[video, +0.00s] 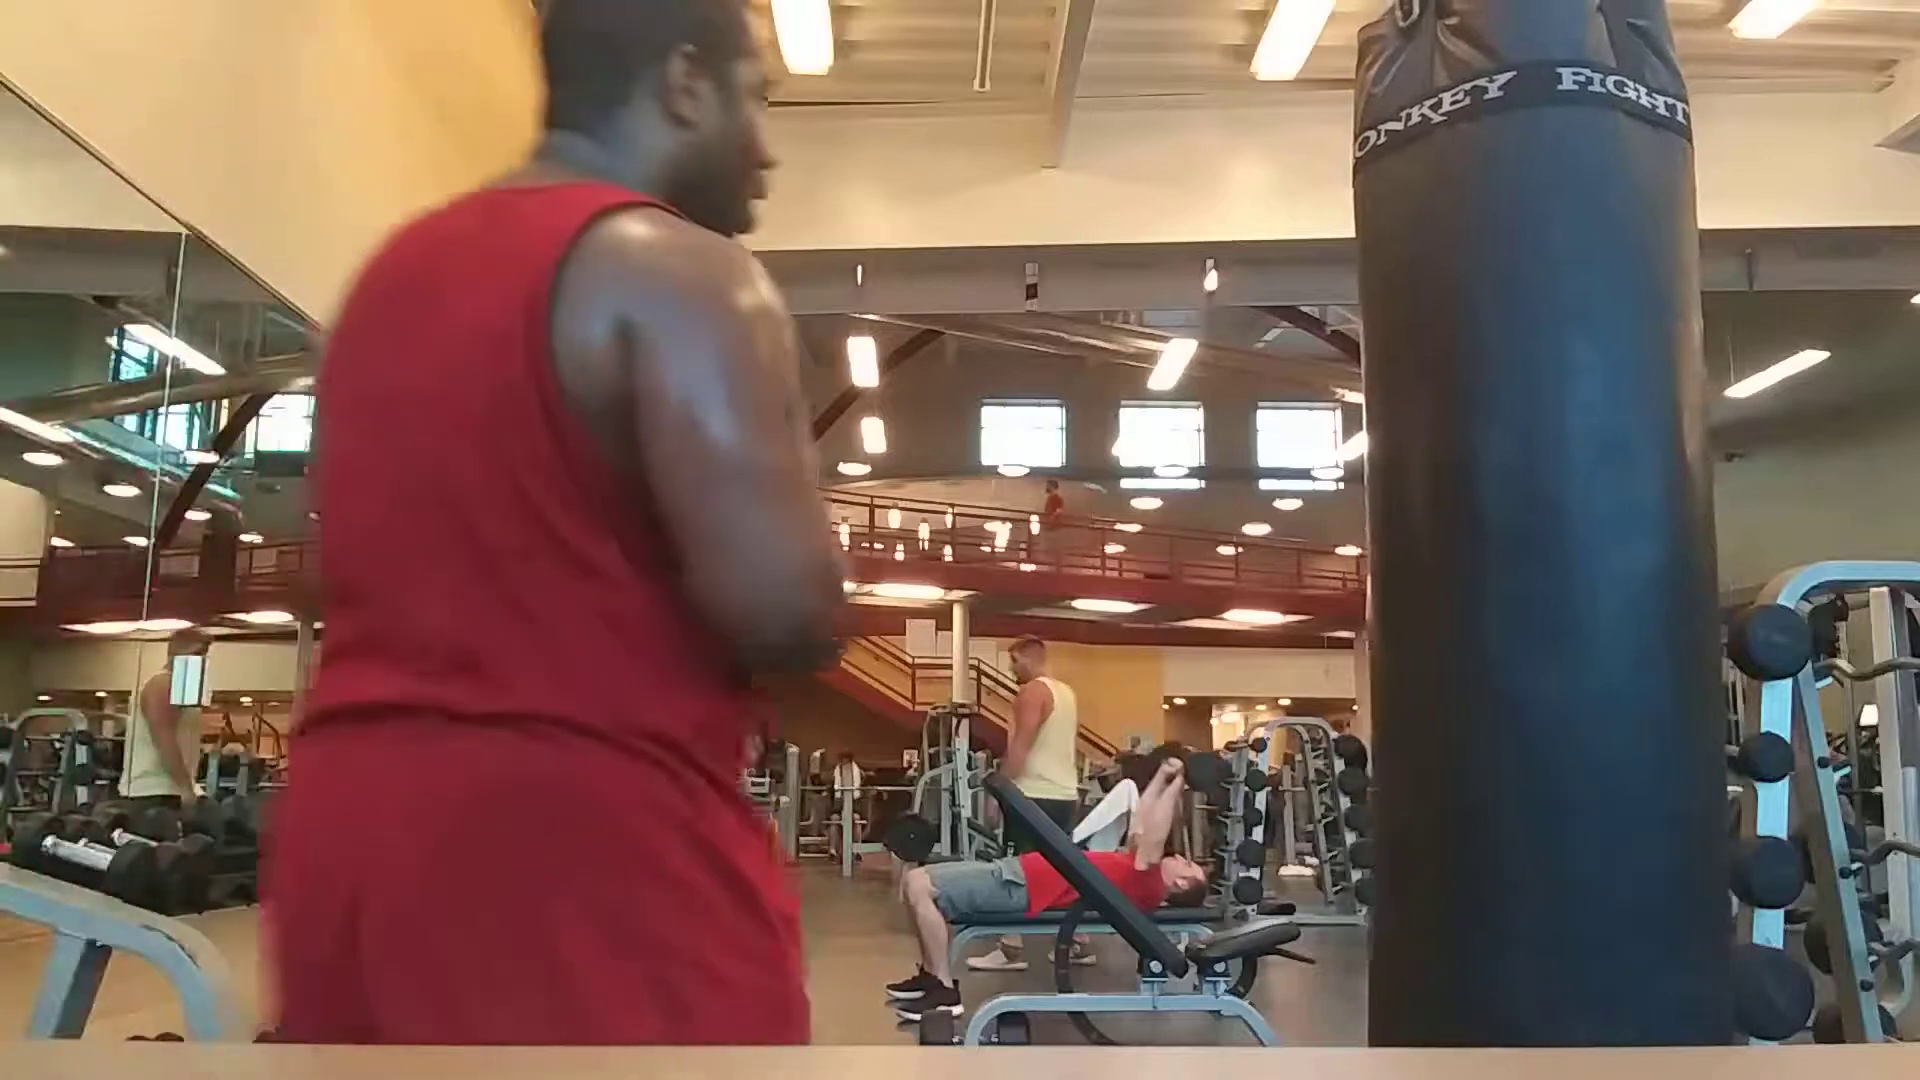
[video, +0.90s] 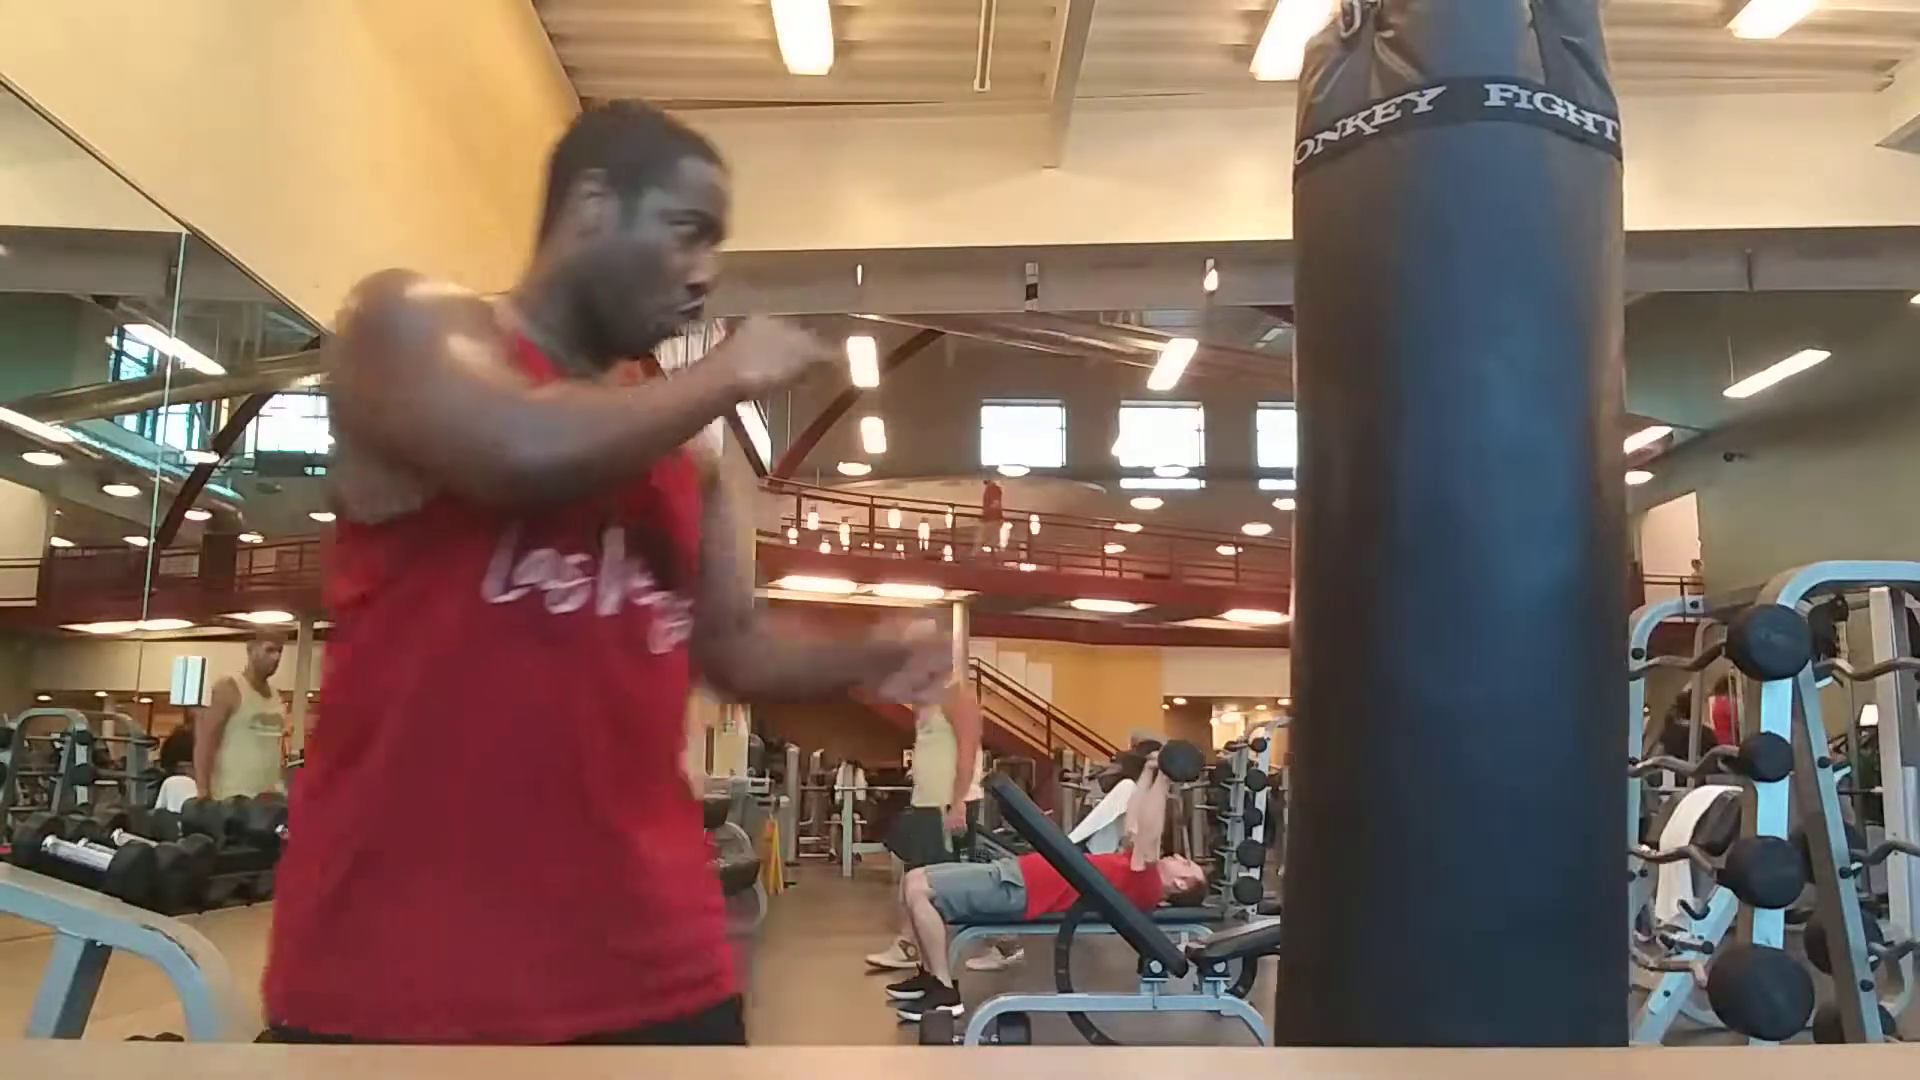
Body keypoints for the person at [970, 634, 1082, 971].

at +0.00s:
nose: (1013, 668)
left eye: (1014, 662)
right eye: (1012, 662)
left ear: (1027, 658)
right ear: (1041, 657)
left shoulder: (1032, 691)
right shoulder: (1066, 692)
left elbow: (1019, 749)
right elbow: (1067, 747)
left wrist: (999, 789)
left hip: (1031, 798)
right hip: (1064, 799)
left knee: (1018, 870)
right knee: (1066, 869)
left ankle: (1010, 945)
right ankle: (1078, 940)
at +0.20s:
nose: (989, 666)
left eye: (991, 659)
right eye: (988, 659)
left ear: (1007, 656)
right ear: (1016, 656)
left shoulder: (1018, 690)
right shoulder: (1030, 688)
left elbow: (1012, 743)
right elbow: (1019, 742)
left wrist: (992, 789)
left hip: (1017, 795)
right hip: (1034, 794)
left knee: (1011, 868)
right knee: (1045, 866)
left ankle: (1011, 946)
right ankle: (1074, 930)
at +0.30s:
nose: (978, 663)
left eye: (982, 656)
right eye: (978, 657)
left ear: (1000, 656)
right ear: (1003, 656)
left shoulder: (1011, 689)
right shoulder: (1011, 689)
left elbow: (1007, 739)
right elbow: (1007, 741)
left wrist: (989, 785)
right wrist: (989, 784)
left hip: (1012, 793)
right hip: (1013, 793)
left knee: (1009, 866)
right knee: (1009, 866)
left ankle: (1011, 945)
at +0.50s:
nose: (963, 662)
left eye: (967, 655)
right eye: (963, 656)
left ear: (986, 654)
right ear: (977, 655)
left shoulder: (1002, 690)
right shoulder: (985, 693)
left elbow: (997, 744)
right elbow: (984, 744)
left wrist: (979, 789)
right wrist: (972, 789)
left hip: (998, 798)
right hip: (986, 798)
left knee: (1004, 870)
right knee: (993, 870)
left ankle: (1010, 945)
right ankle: (1005, 942)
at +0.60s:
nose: (954, 663)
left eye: (958, 656)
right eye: (954, 656)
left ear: (975, 656)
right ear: (971, 657)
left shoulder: (995, 690)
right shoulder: (976, 693)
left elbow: (993, 744)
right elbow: (978, 746)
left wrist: (973, 791)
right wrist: (961, 789)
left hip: (988, 801)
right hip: (969, 800)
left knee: (999, 872)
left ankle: (1010, 945)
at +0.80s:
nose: (929, 663)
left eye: (934, 656)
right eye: (929, 657)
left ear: (954, 656)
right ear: (945, 658)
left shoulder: (974, 693)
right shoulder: (949, 696)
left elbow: (981, 747)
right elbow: (947, 753)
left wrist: (966, 799)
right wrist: (931, 797)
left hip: (963, 806)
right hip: (942, 804)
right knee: (919, 874)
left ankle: (1002, 945)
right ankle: (913, 943)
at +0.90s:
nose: (916, 687)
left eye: (923, 677)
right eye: (913, 681)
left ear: (940, 669)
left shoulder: (959, 700)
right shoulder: (925, 705)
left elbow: (968, 753)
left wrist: (959, 802)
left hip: (950, 807)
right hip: (924, 805)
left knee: (965, 878)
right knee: (915, 876)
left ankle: (996, 944)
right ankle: (907, 943)